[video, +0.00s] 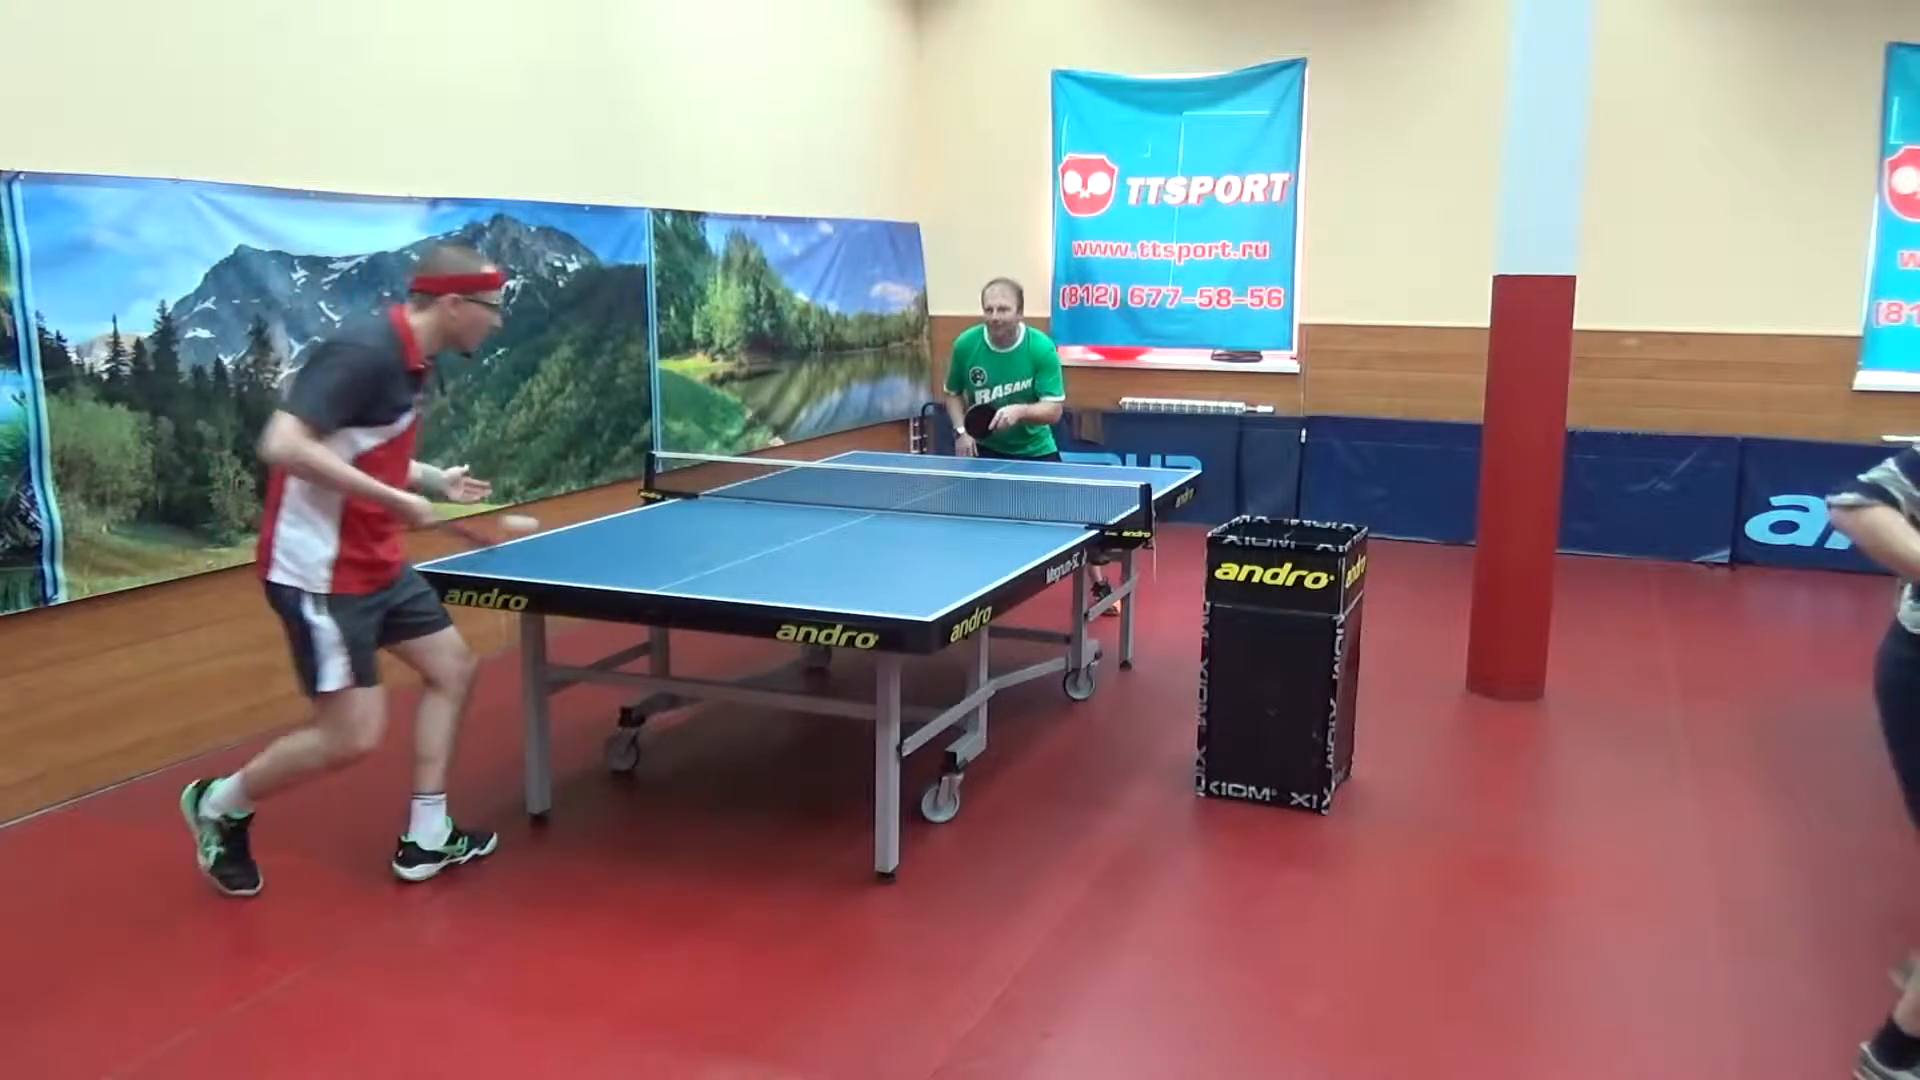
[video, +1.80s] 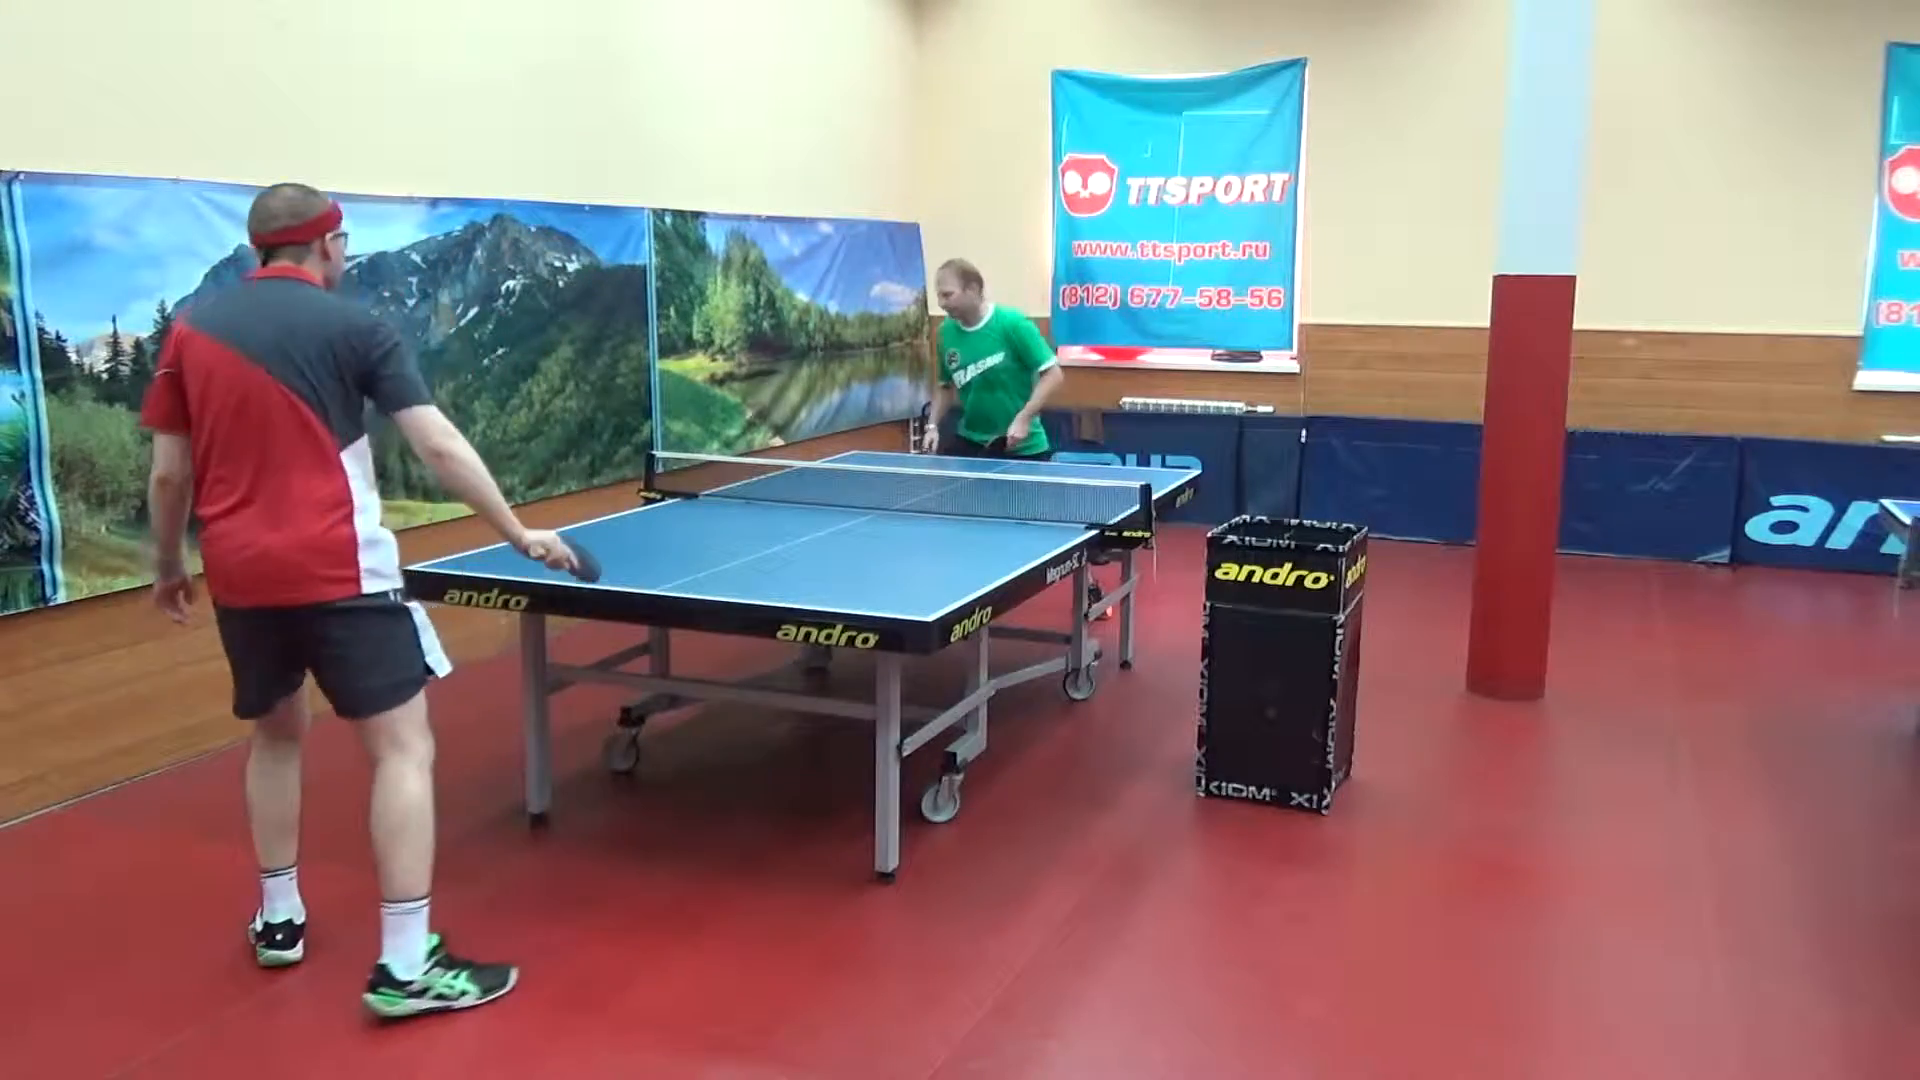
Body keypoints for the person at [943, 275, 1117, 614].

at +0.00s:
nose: (996, 317)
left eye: (1004, 310)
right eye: (990, 310)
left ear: (1020, 312)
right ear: (982, 311)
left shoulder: (1041, 348)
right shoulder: (965, 346)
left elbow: (1053, 410)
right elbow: (954, 393)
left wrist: (1019, 412)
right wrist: (962, 431)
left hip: (1037, 450)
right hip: (987, 451)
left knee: (1070, 514)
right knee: (974, 520)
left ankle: (1100, 585)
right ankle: (969, 595)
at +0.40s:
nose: (972, 340)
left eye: (980, 333)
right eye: (966, 332)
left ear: (999, 330)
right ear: (961, 330)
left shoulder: (1024, 360)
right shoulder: (951, 359)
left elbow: (1050, 421)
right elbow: (933, 405)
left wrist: (1003, 434)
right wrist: (929, 441)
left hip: (1024, 461)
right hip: (970, 463)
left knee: (1064, 512)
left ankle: (1097, 583)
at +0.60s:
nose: (946, 357)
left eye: (954, 350)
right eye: (943, 350)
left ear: (976, 350)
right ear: (939, 349)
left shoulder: (1001, 377)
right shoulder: (936, 372)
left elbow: (1020, 432)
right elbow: (925, 418)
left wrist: (969, 436)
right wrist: (921, 427)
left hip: (1013, 465)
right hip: (962, 466)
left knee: (1050, 519)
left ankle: (1096, 584)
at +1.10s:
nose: (960, 305)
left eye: (969, 298)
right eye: (956, 298)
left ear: (990, 301)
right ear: (953, 301)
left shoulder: (1011, 338)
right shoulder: (947, 339)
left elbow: (1020, 398)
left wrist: (966, 404)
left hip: (1017, 452)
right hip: (965, 451)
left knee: (1051, 516)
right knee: (954, 522)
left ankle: (1088, 588)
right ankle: (959, 597)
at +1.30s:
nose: (974, 298)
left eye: (983, 291)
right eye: (970, 291)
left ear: (1004, 295)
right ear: (965, 294)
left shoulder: (1028, 336)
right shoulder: (953, 334)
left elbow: (1051, 394)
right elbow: (938, 383)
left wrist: (1008, 409)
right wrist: (934, 424)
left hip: (1021, 448)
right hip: (967, 447)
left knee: (1049, 516)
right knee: (958, 521)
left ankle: (1087, 587)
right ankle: (958, 596)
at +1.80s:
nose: (941, 302)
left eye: (947, 294)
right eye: (939, 295)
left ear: (974, 290)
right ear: (945, 295)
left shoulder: (1013, 324)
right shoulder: (947, 334)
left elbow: (1053, 375)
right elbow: (947, 388)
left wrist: (1024, 416)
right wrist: (932, 424)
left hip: (1024, 446)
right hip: (972, 447)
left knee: (1049, 518)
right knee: (966, 522)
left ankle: (1087, 587)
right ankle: (969, 599)